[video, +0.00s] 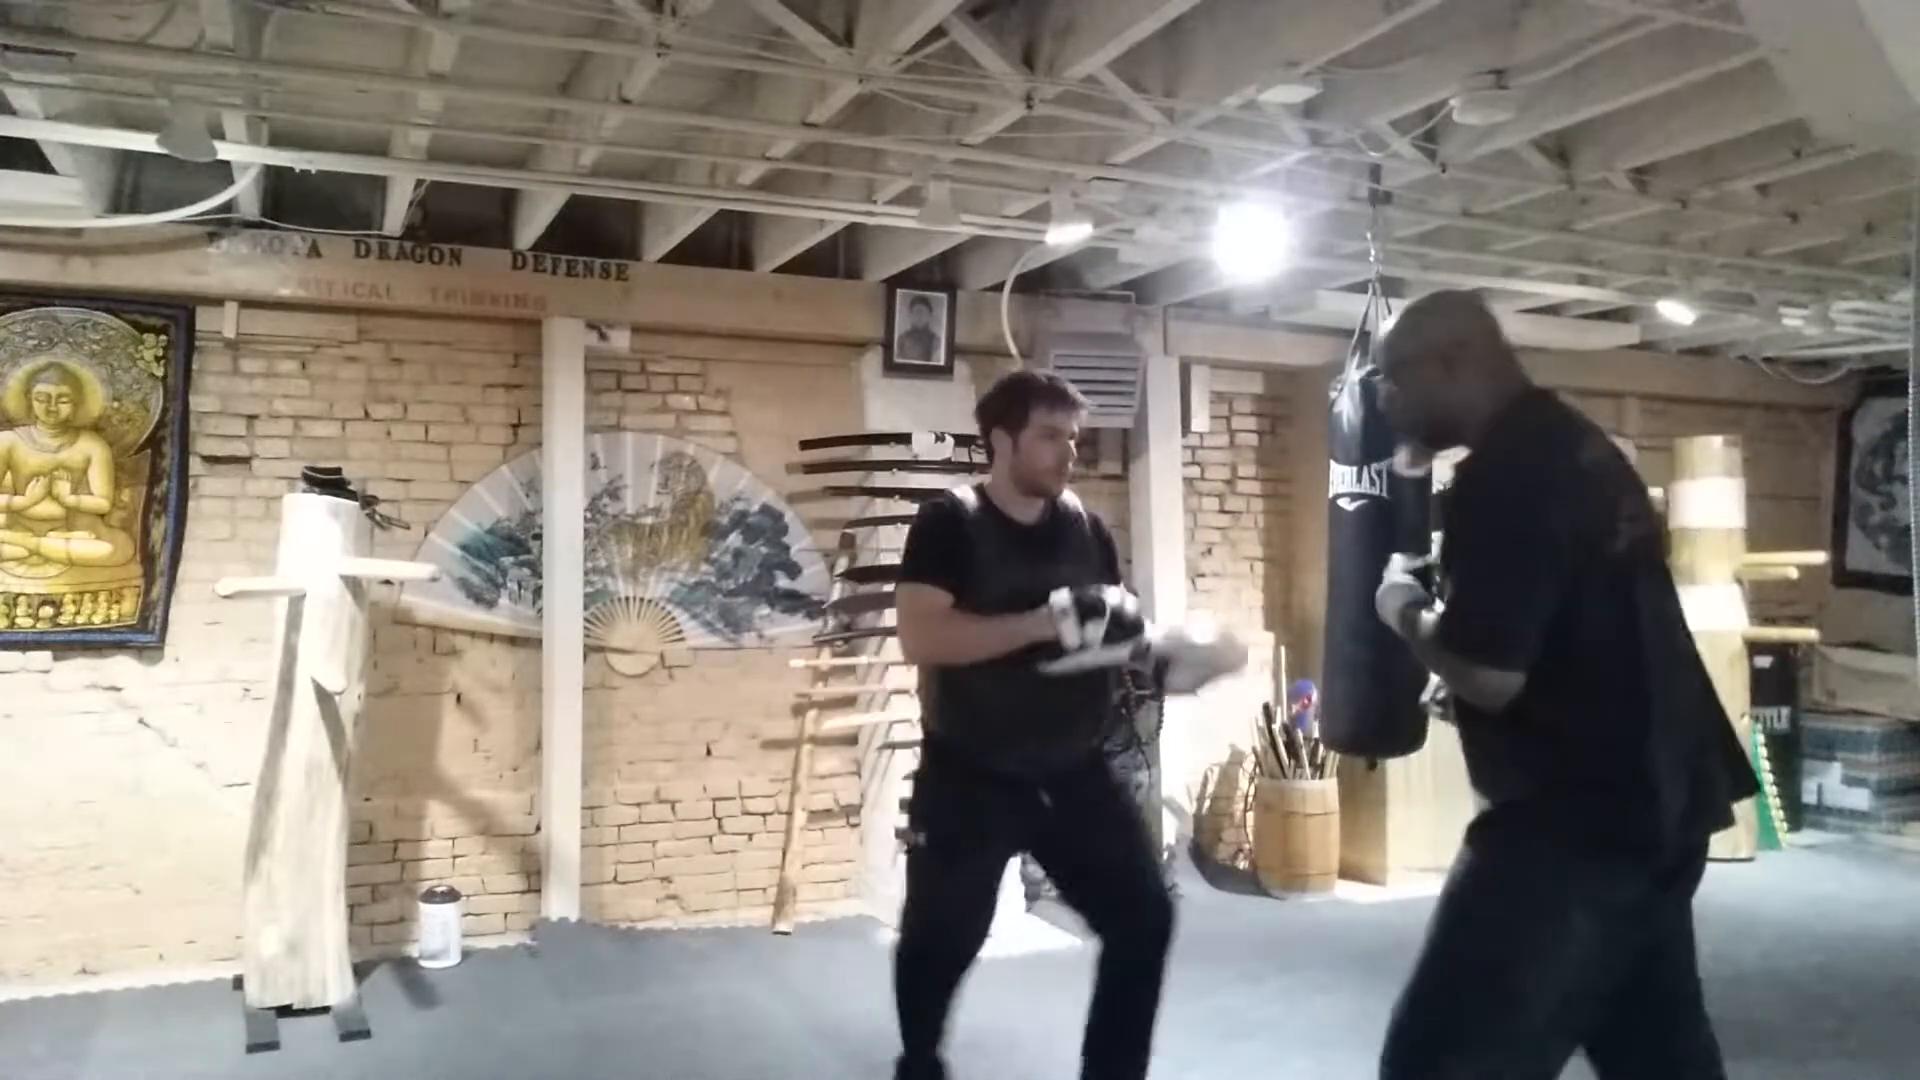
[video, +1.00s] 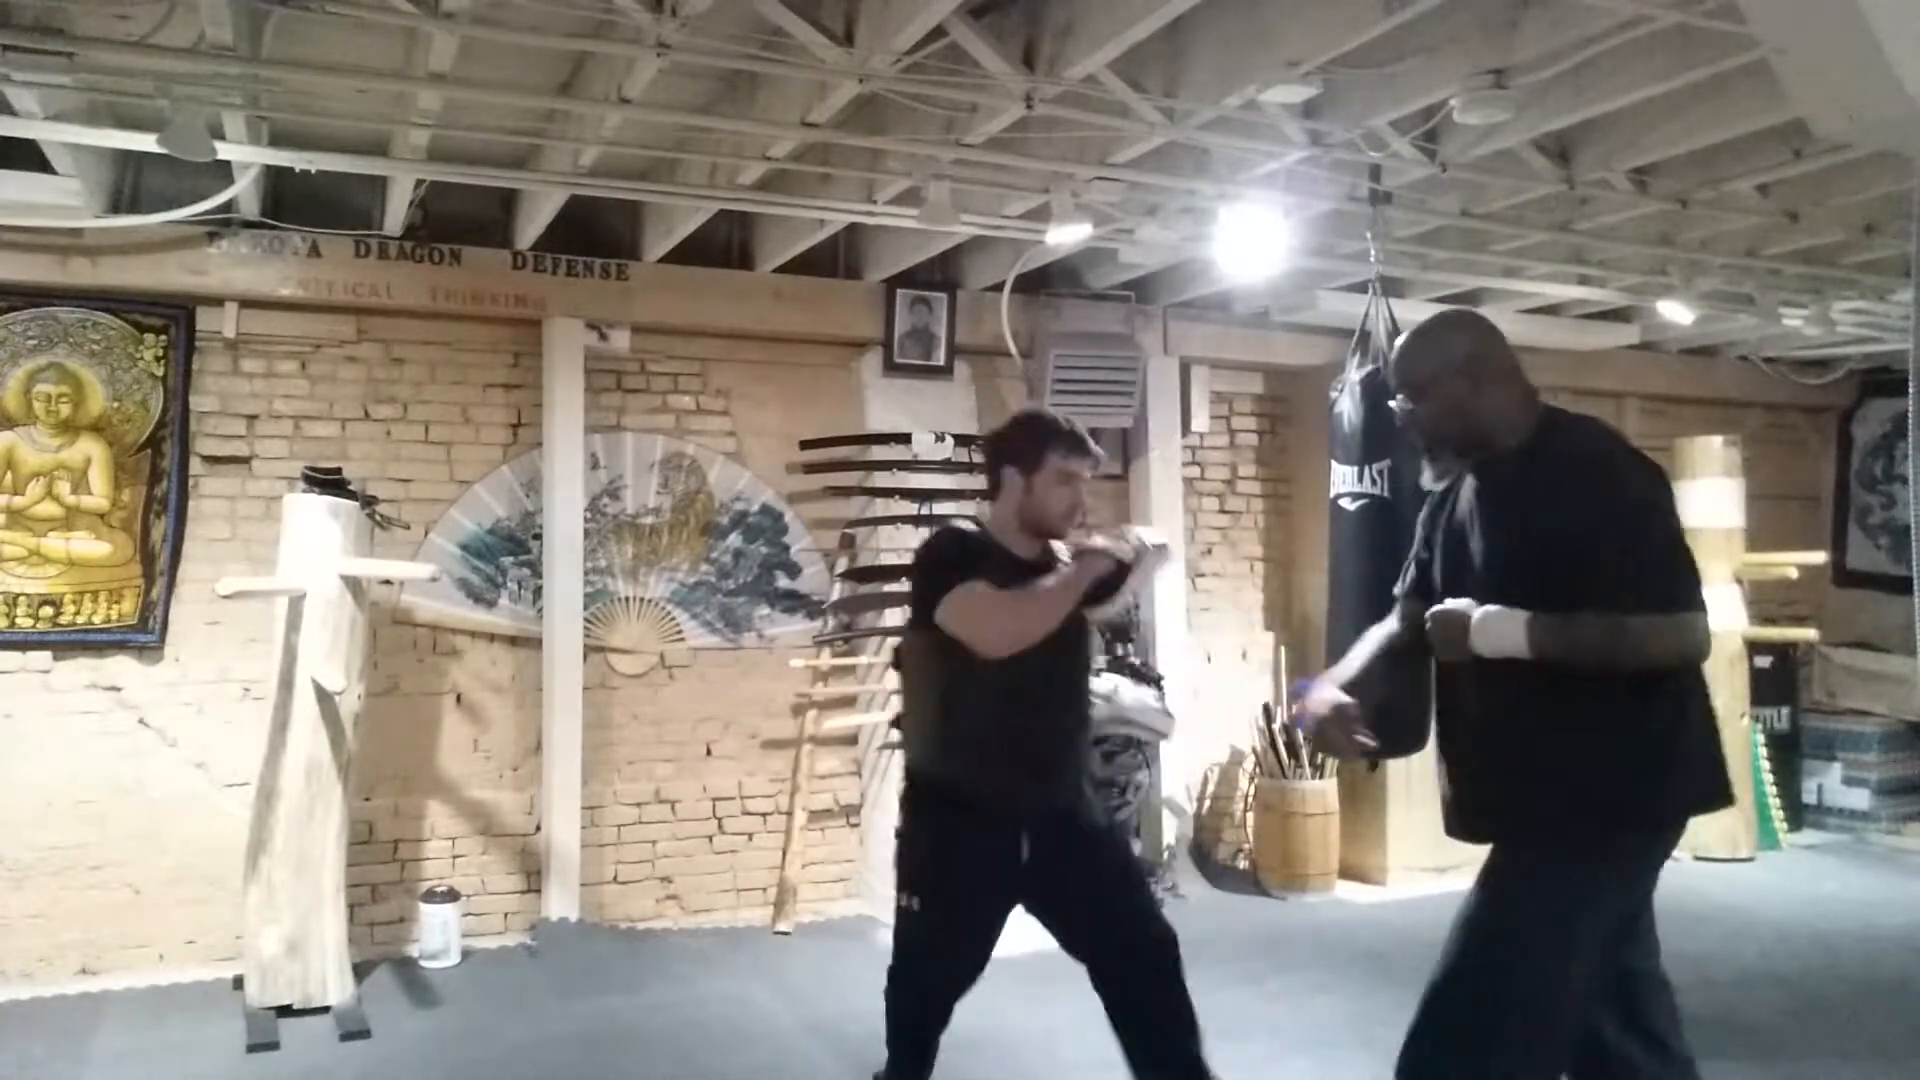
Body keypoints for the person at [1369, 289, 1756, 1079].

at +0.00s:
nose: (1387, 402)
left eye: (1393, 376)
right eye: (1384, 381)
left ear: (1449, 364)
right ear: (1470, 361)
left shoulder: (1505, 472)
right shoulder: (1574, 444)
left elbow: (1488, 677)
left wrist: (1405, 612)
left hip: (1561, 829)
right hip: (1652, 815)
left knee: (1433, 1065)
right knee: (1663, 1061)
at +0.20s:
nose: (1328, 416)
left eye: (1334, 392)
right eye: (1325, 396)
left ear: (1393, 374)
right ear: (1414, 371)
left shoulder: (1455, 467)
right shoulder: (1506, 441)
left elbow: (1467, 684)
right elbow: (1537, 635)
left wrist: (1363, 638)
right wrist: (1417, 710)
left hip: (1553, 811)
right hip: (1644, 788)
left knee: (1425, 1059)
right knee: (1598, 1022)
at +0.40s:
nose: (1323, 441)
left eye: (1325, 413)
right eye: (1317, 422)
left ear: (1378, 387)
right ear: (1395, 384)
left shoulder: (1454, 459)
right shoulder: (1463, 457)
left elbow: (1466, 636)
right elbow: (1391, 664)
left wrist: (1333, 629)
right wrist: (1244, 727)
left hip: (1568, 797)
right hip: (1631, 782)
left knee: (1445, 1056)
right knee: (1593, 1034)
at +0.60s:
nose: (1363, 436)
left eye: (1366, 411)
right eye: (1358, 417)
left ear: (1422, 387)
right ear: (1422, 388)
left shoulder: (1546, 455)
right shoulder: (1434, 510)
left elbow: (1589, 636)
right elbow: (1349, 647)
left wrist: (1422, 618)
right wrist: (1222, 734)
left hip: (1616, 813)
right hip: (1552, 817)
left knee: (1477, 1061)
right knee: (1639, 1055)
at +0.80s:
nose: (1402, 420)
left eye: (1411, 399)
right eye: (1399, 402)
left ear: (1473, 381)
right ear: (1466, 385)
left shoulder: (1604, 470)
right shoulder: (1467, 497)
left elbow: (1675, 646)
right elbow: (1383, 614)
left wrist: (1489, 631)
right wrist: (1266, 691)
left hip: (1627, 814)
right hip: (1553, 812)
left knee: (1527, 1049)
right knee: (1648, 1039)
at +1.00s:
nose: (1403, 421)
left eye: (1413, 397)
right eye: (1399, 402)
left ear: (1475, 380)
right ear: (1466, 388)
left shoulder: (1606, 472)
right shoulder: (1457, 495)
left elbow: (1681, 634)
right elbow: (1409, 612)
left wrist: (1497, 630)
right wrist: (1336, 684)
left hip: (1613, 807)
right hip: (1537, 806)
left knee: (1459, 1051)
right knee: (1624, 1036)